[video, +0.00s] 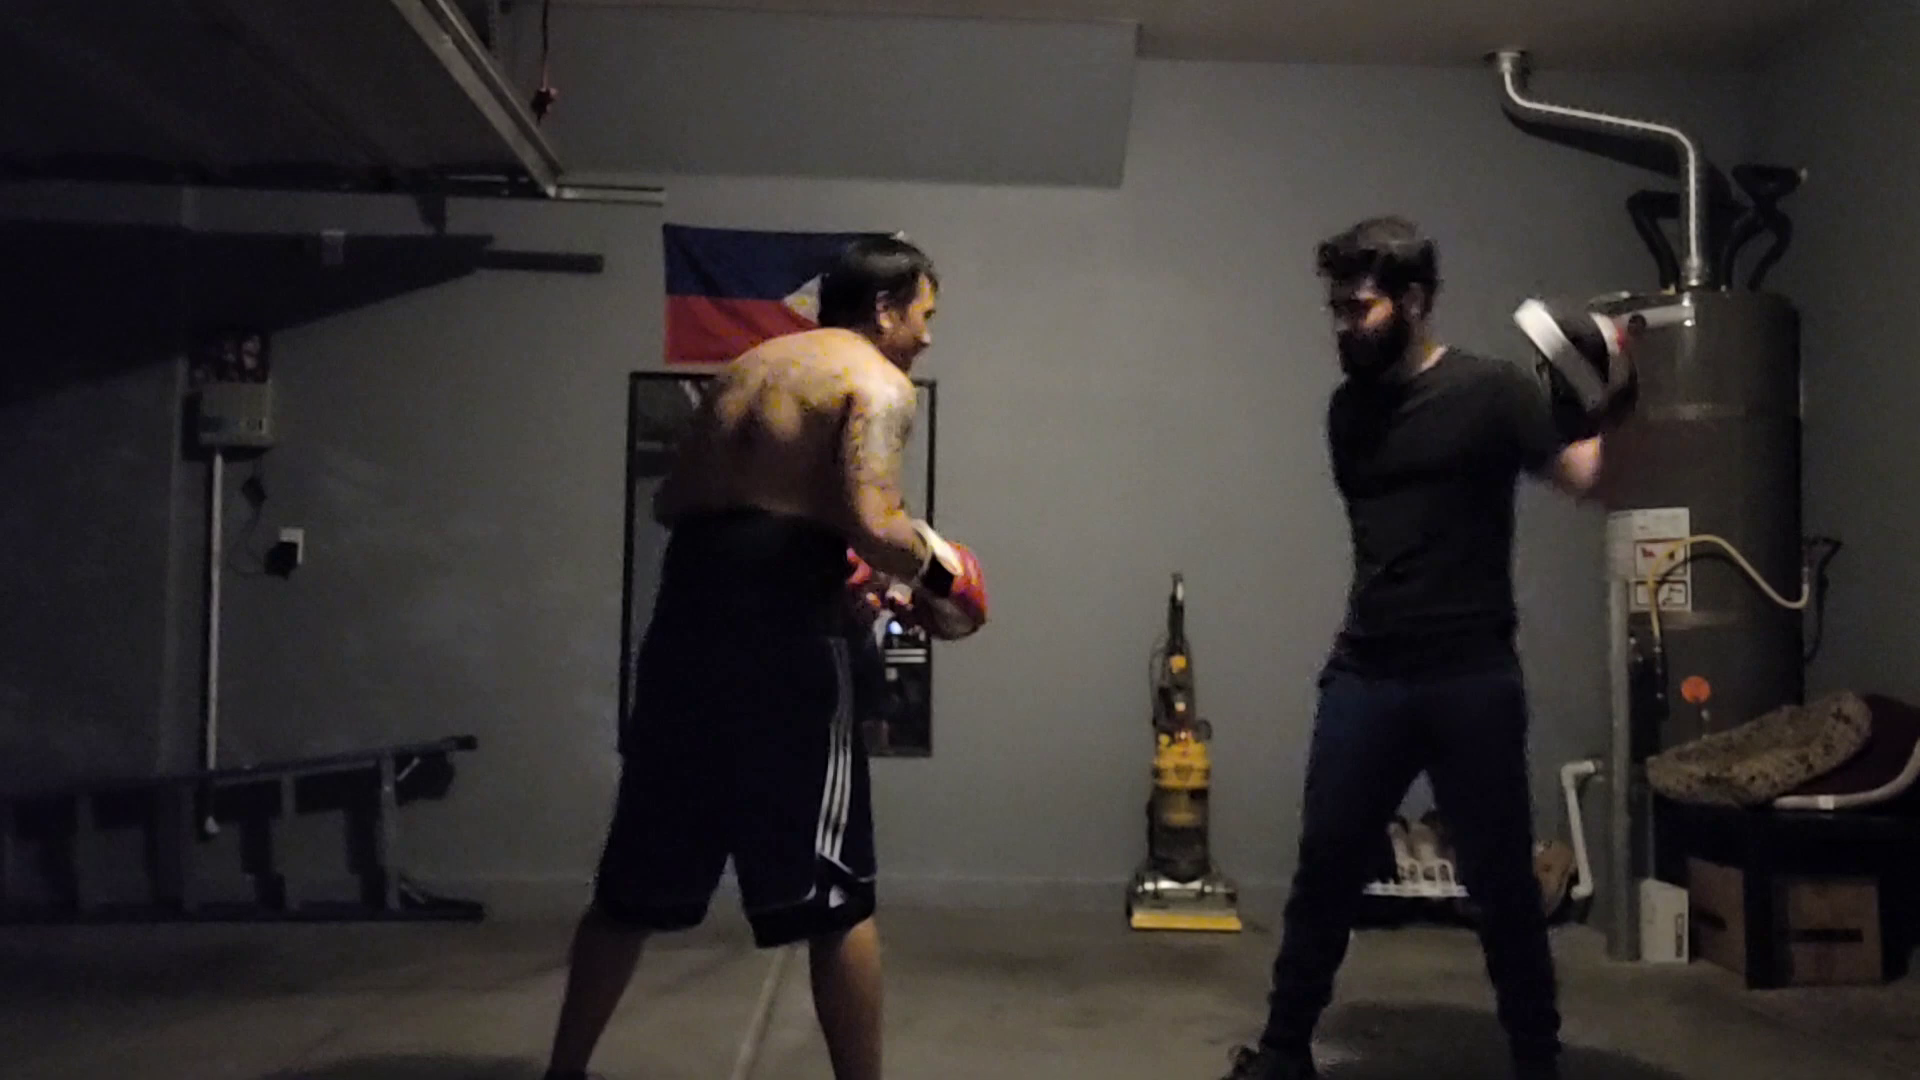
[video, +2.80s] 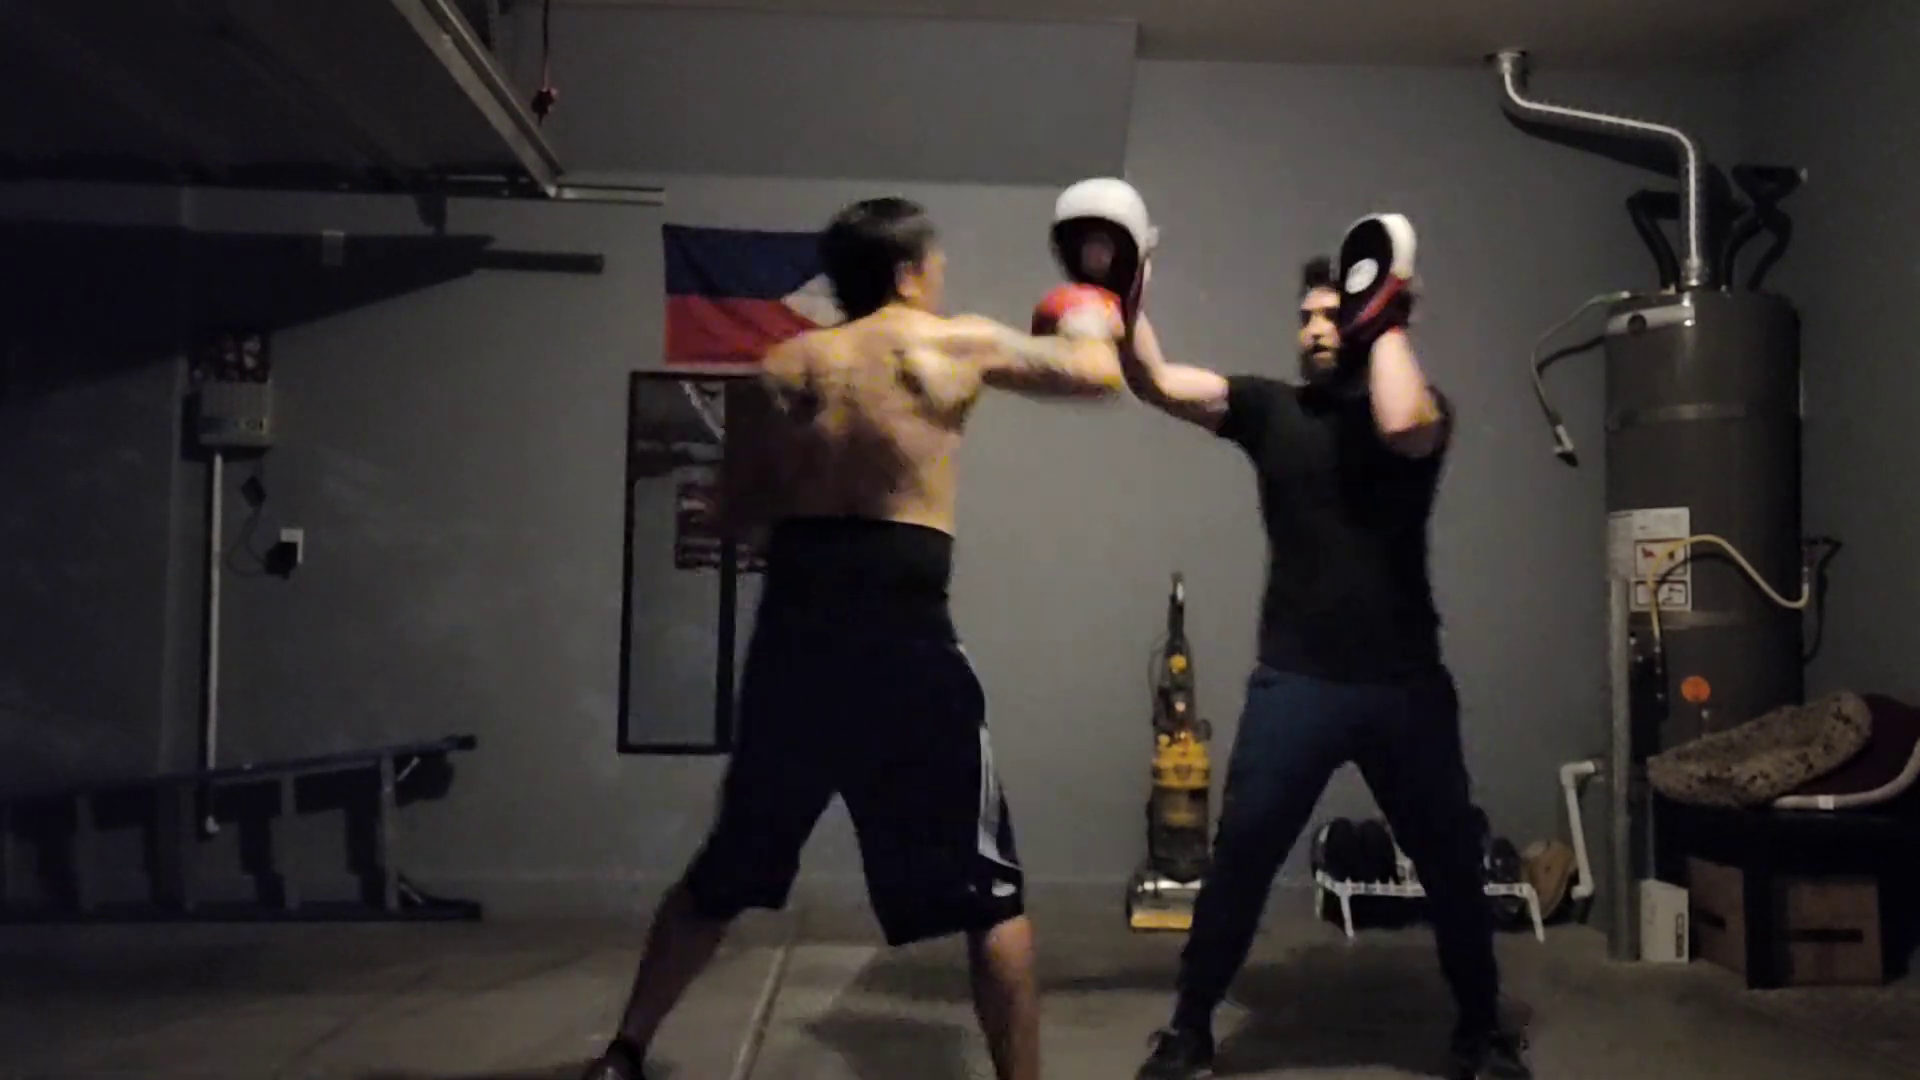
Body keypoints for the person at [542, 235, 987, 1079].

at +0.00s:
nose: (929, 334)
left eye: (931, 315)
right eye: (923, 315)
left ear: (848, 305)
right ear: (886, 309)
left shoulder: (749, 363)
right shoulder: (878, 380)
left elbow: (684, 499)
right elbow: (872, 521)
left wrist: (833, 565)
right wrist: (936, 567)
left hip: (686, 653)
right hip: (791, 661)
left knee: (631, 882)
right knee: (839, 898)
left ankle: (563, 1068)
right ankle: (862, 1073)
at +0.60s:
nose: (804, 307)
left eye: (805, 289)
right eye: (797, 288)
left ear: (713, 287)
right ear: (754, 287)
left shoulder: (642, 376)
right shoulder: (765, 365)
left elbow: (583, 526)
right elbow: (769, 494)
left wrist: (722, 561)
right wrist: (862, 528)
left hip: (627, 662)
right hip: (726, 663)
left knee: (589, 891)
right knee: (793, 903)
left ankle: (550, 1071)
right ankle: (851, 1071)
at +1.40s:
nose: (874, 317)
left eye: (872, 299)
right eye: (866, 299)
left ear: (781, 297)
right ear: (828, 299)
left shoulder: (702, 376)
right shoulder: (825, 378)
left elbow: (699, 535)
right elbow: (847, 516)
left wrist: (828, 578)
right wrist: (928, 541)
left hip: (681, 674)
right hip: (790, 679)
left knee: (622, 890)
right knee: (865, 896)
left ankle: (562, 1072)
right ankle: (898, 1072)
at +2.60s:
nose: (840, 299)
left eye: (833, 283)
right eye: (833, 284)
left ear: (748, 291)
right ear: (804, 288)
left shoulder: (694, 383)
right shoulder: (828, 361)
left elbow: (708, 526)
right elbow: (933, 477)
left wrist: (843, 544)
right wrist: (940, 426)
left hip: (709, 661)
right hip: (823, 658)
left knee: (649, 892)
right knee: (951, 848)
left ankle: (583, 1071)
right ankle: (984, 1049)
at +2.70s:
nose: (889, 282)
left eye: (884, 267)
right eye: (882, 269)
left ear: (790, 280)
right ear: (851, 278)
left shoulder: (723, 375)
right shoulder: (897, 346)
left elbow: (674, 521)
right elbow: (1044, 396)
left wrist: (760, 498)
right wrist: (1029, 337)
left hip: (752, 650)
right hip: (869, 646)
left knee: (673, 878)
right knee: (966, 871)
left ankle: (596, 1067)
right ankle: (1009, 1068)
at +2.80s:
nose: (943, 277)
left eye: (938, 264)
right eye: (936, 265)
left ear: (845, 281)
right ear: (910, 274)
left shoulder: (779, 364)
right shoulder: (957, 343)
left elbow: (735, 513)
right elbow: (1094, 372)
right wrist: (1090, 322)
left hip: (794, 642)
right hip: (905, 643)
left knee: (730, 861)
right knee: (991, 880)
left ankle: (625, 1050)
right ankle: (1021, 1072)